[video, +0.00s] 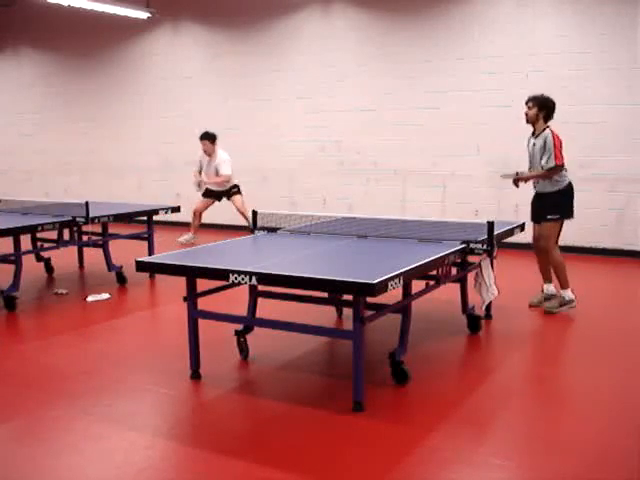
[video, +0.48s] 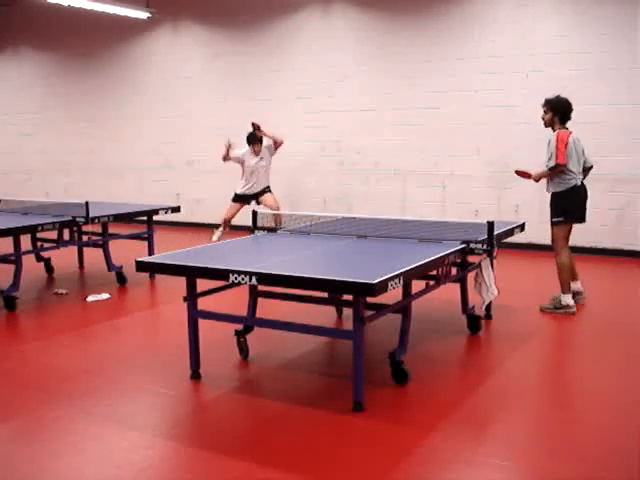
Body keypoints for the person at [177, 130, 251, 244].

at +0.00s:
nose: (203, 148)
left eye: (205, 144)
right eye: (202, 145)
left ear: (213, 144)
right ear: (202, 145)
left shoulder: (222, 157)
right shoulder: (203, 157)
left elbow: (226, 178)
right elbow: (198, 171)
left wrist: (206, 182)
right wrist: (198, 180)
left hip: (229, 188)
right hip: (213, 189)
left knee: (240, 208)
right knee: (197, 211)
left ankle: (255, 228)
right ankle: (193, 234)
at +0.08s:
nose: (208, 149)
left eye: (210, 146)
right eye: (207, 146)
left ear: (218, 145)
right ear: (206, 146)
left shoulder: (227, 158)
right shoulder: (205, 158)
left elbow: (232, 178)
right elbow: (200, 173)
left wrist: (216, 184)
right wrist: (207, 181)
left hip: (232, 187)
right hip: (216, 188)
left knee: (242, 208)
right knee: (198, 212)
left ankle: (258, 227)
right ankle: (197, 233)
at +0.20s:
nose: (232, 156)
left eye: (234, 153)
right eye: (230, 153)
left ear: (239, 153)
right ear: (227, 153)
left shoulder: (246, 164)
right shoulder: (222, 165)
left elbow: (252, 179)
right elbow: (211, 181)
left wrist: (255, 196)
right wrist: (224, 188)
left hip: (241, 194)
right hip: (224, 196)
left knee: (253, 211)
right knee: (209, 219)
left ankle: (262, 231)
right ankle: (204, 236)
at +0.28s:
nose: (245, 156)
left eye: (247, 153)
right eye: (243, 154)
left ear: (251, 153)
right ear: (239, 153)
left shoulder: (256, 163)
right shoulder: (233, 165)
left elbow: (264, 176)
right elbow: (218, 180)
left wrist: (278, 190)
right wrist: (227, 188)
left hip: (249, 195)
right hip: (232, 197)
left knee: (263, 211)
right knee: (213, 221)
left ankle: (270, 234)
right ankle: (202, 234)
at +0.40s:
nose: (256, 150)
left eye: (257, 147)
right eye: (253, 148)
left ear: (260, 146)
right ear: (247, 147)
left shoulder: (265, 154)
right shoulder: (241, 156)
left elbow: (278, 158)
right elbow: (228, 170)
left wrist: (272, 147)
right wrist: (238, 170)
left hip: (258, 190)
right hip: (241, 191)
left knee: (270, 210)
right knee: (223, 218)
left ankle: (273, 234)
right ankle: (214, 231)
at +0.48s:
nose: (256, 148)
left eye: (258, 145)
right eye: (253, 146)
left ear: (261, 144)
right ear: (249, 145)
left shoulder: (268, 151)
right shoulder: (244, 154)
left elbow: (279, 142)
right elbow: (225, 159)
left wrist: (263, 133)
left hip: (262, 190)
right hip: (244, 191)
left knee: (276, 208)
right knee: (227, 217)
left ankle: (279, 232)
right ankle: (221, 231)